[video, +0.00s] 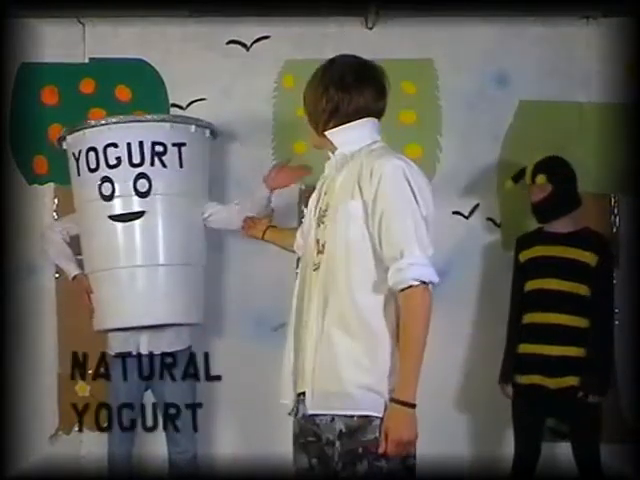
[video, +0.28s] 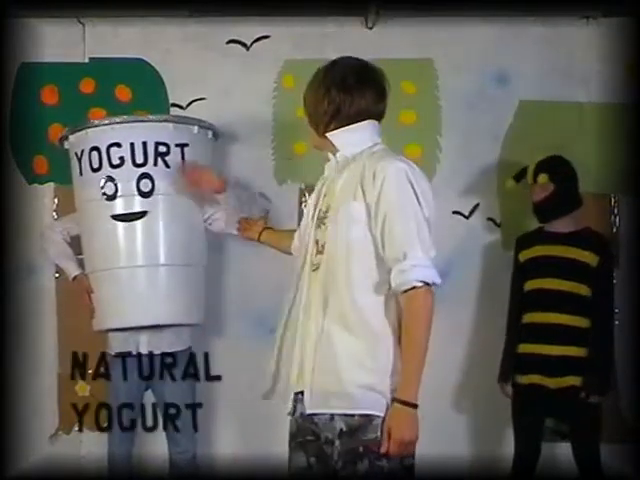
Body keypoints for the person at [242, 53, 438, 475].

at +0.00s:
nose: (306, 116)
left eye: (310, 104)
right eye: (307, 105)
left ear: (326, 106)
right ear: (368, 105)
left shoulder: (389, 171)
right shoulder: (333, 178)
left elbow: (415, 287)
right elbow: (321, 247)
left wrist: (404, 401)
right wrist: (263, 231)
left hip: (367, 414)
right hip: (313, 409)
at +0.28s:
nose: (307, 118)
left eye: (311, 106)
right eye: (308, 106)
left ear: (328, 107)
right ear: (367, 107)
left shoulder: (390, 173)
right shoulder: (332, 180)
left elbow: (418, 288)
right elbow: (317, 247)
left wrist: (406, 402)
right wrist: (258, 232)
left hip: (367, 411)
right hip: (311, 405)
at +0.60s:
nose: (292, 102)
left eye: (303, 89)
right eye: (291, 92)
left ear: (340, 95)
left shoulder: (387, 171)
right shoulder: (318, 185)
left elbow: (414, 280)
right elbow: (288, 270)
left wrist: (396, 396)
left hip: (380, 414)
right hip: (322, 410)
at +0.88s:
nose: (325, 105)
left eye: (338, 91)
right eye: (312, 94)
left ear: (363, 102)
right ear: (299, 107)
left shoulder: (414, 172)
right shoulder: (287, 197)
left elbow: (455, 274)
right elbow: (290, 303)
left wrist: (474, 368)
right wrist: (302, 390)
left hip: (413, 405)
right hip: (336, 409)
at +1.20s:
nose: (350, 112)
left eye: (364, 97)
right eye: (334, 101)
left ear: (385, 107)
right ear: (319, 116)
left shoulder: (436, 174)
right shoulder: (296, 209)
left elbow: (469, 261)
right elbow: (295, 325)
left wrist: (506, 339)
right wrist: (321, 424)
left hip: (427, 417)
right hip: (343, 421)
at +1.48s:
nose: (366, 108)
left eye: (379, 93)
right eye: (348, 97)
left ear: (397, 103)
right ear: (328, 112)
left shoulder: (442, 174)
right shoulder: (300, 206)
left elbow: (476, 262)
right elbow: (296, 331)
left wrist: (520, 346)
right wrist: (338, 431)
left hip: (429, 422)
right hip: (342, 426)